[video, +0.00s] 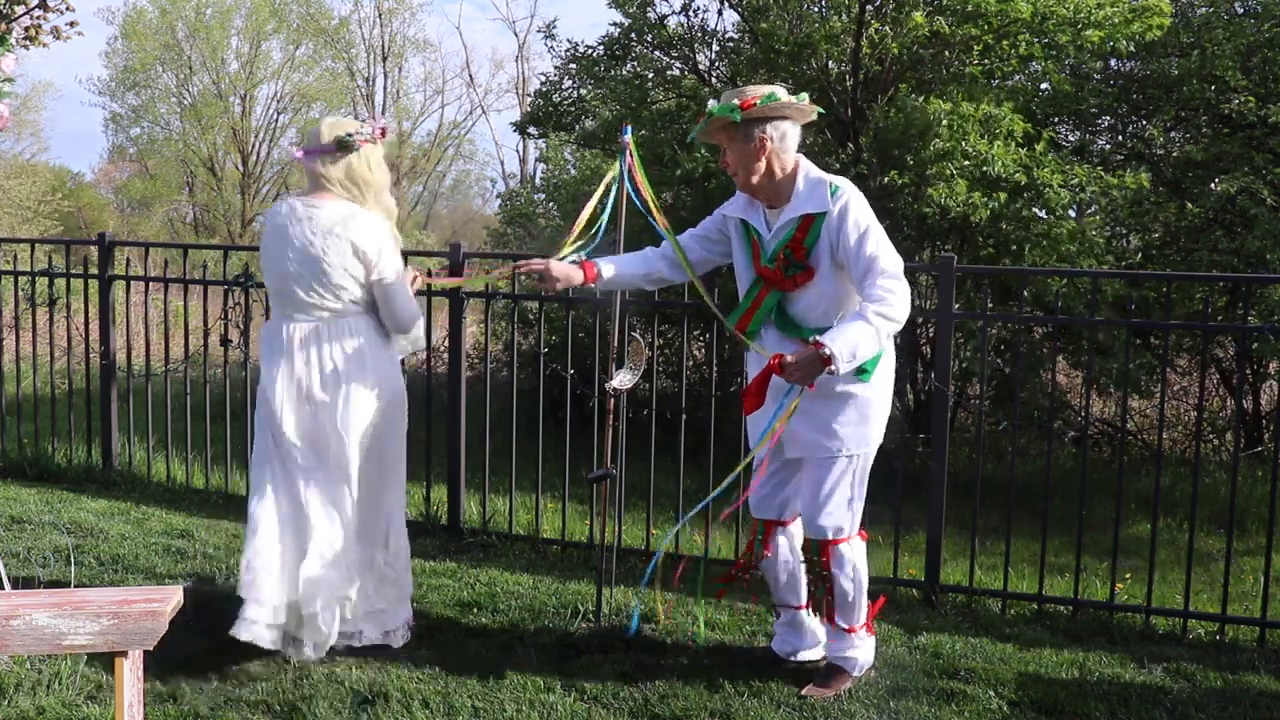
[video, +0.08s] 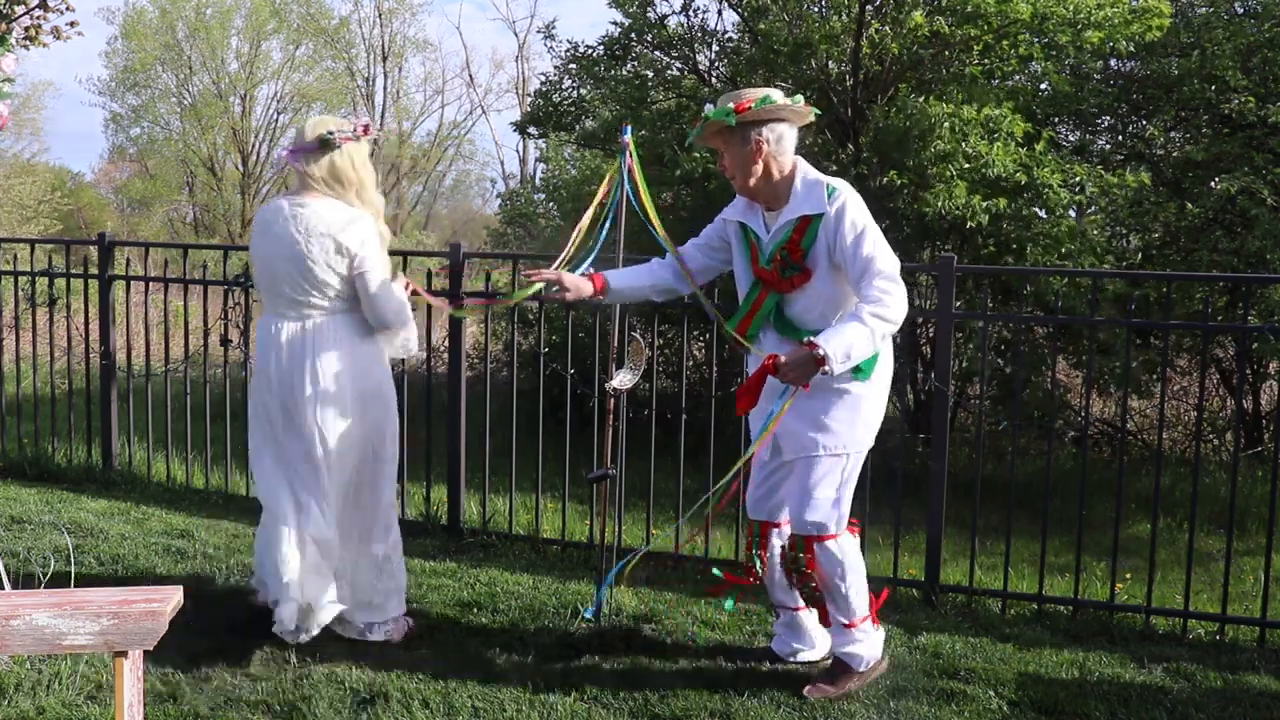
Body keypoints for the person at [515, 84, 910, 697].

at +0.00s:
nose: (719, 161)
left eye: (725, 147)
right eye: (717, 149)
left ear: (766, 143)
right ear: (759, 147)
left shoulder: (839, 203)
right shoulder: (738, 214)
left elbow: (890, 295)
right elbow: (671, 258)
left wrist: (829, 351)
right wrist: (581, 271)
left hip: (847, 380)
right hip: (775, 376)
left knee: (831, 517)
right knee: (773, 514)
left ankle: (850, 655)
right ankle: (797, 644)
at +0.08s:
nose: (717, 164)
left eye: (723, 151)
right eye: (715, 153)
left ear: (763, 145)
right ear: (754, 149)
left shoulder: (837, 205)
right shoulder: (739, 217)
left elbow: (887, 298)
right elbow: (677, 269)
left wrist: (824, 352)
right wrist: (591, 284)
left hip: (844, 382)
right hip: (776, 379)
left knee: (818, 516)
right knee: (766, 513)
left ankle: (861, 650)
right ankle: (800, 643)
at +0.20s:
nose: (719, 167)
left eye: (724, 153)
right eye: (716, 155)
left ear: (764, 144)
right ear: (752, 148)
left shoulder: (835, 206)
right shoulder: (747, 216)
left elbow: (882, 304)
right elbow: (696, 286)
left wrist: (818, 358)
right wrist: (617, 311)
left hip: (843, 379)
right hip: (777, 376)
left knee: (811, 513)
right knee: (767, 506)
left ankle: (874, 666)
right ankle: (801, 642)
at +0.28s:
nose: (720, 166)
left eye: (725, 152)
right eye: (717, 154)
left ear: (765, 145)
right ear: (759, 149)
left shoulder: (837, 207)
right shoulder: (751, 218)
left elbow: (881, 307)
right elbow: (717, 296)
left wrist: (814, 362)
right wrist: (641, 332)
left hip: (845, 387)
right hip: (781, 386)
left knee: (825, 522)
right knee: (769, 513)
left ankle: (877, 690)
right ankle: (800, 639)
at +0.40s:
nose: (732, 166)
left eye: (737, 151)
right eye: (729, 153)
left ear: (776, 147)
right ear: (774, 150)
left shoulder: (850, 215)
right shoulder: (767, 223)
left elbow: (881, 322)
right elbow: (746, 311)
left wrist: (803, 368)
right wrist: (681, 358)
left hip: (855, 400)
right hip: (795, 396)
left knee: (846, 537)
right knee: (776, 517)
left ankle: (878, 692)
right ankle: (797, 635)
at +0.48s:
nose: (744, 165)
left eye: (747, 149)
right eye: (741, 152)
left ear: (786, 145)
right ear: (786, 147)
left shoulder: (858, 211)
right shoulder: (784, 222)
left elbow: (882, 324)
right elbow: (770, 311)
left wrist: (798, 364)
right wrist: (708, 364)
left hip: (865, 397)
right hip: (811, 395)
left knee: (850, 543)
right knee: (787, 518)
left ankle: (880, 695)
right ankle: (801, 636)